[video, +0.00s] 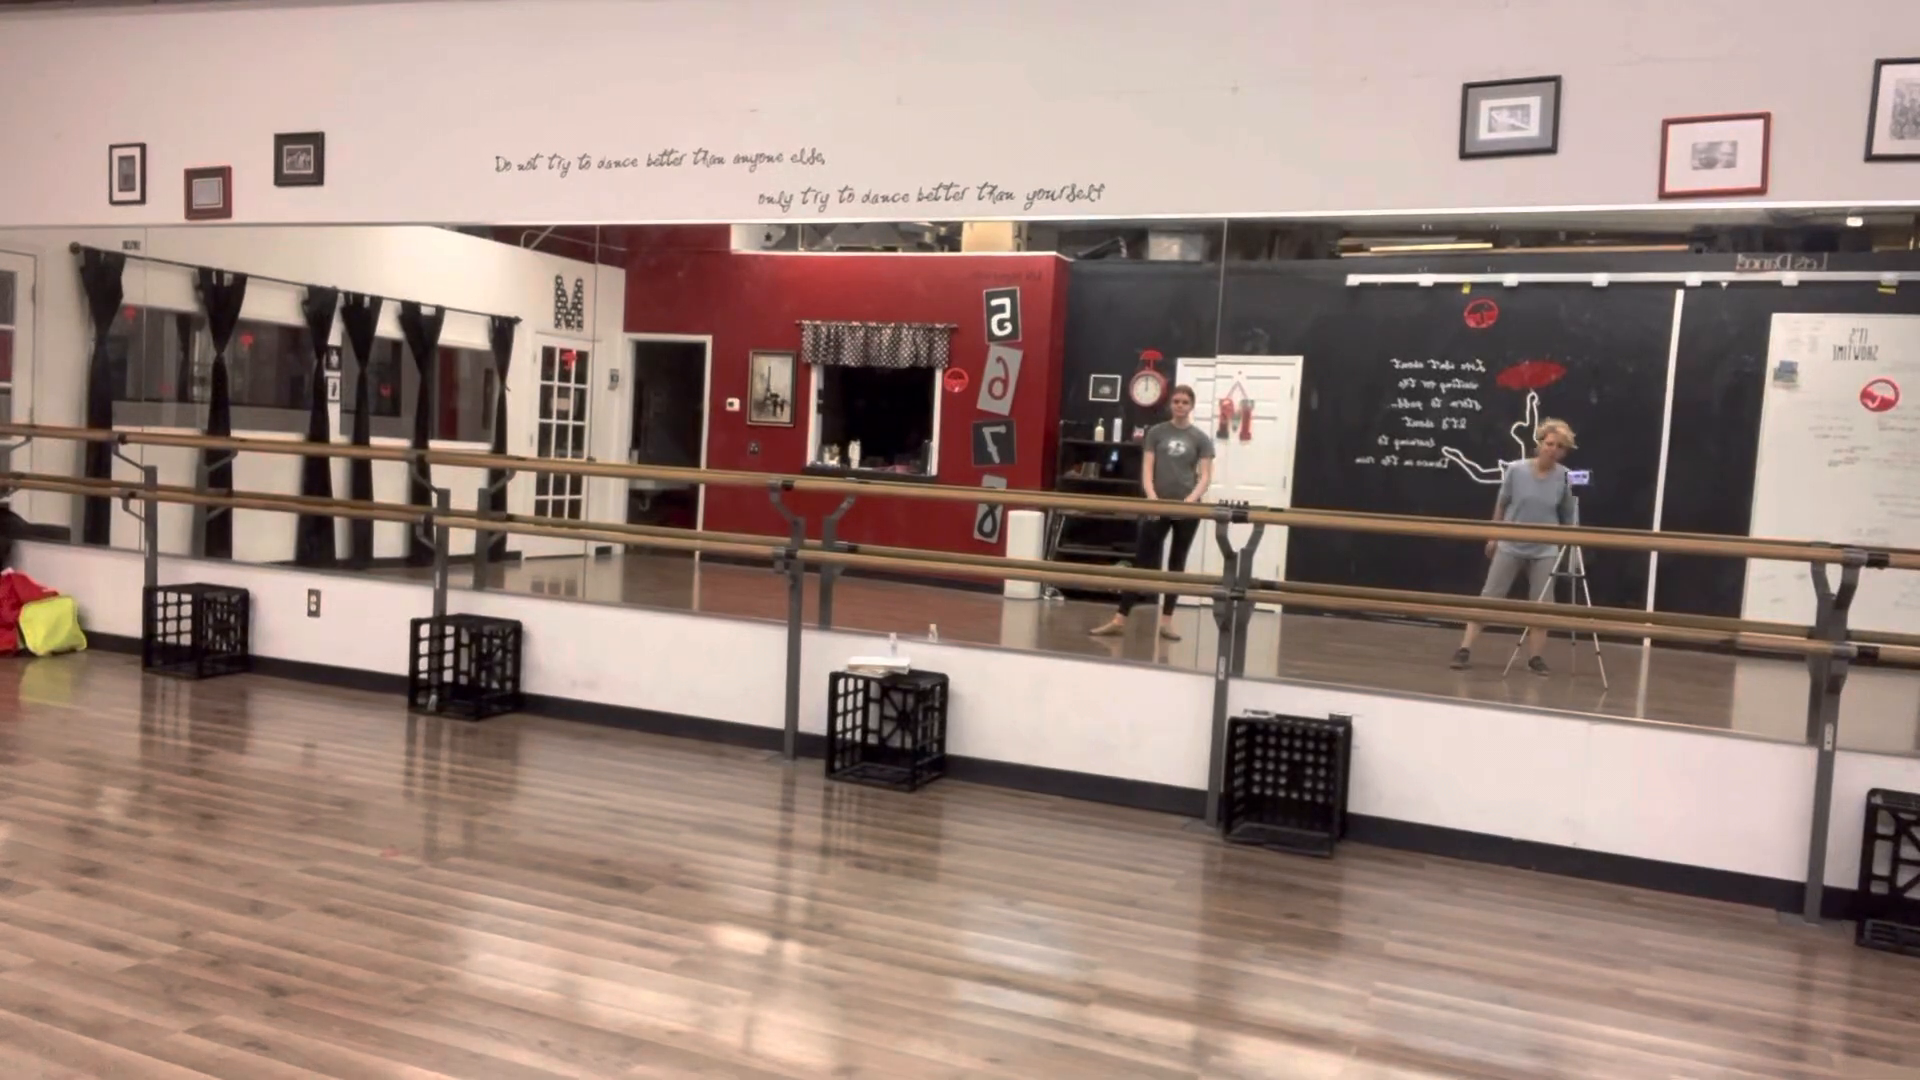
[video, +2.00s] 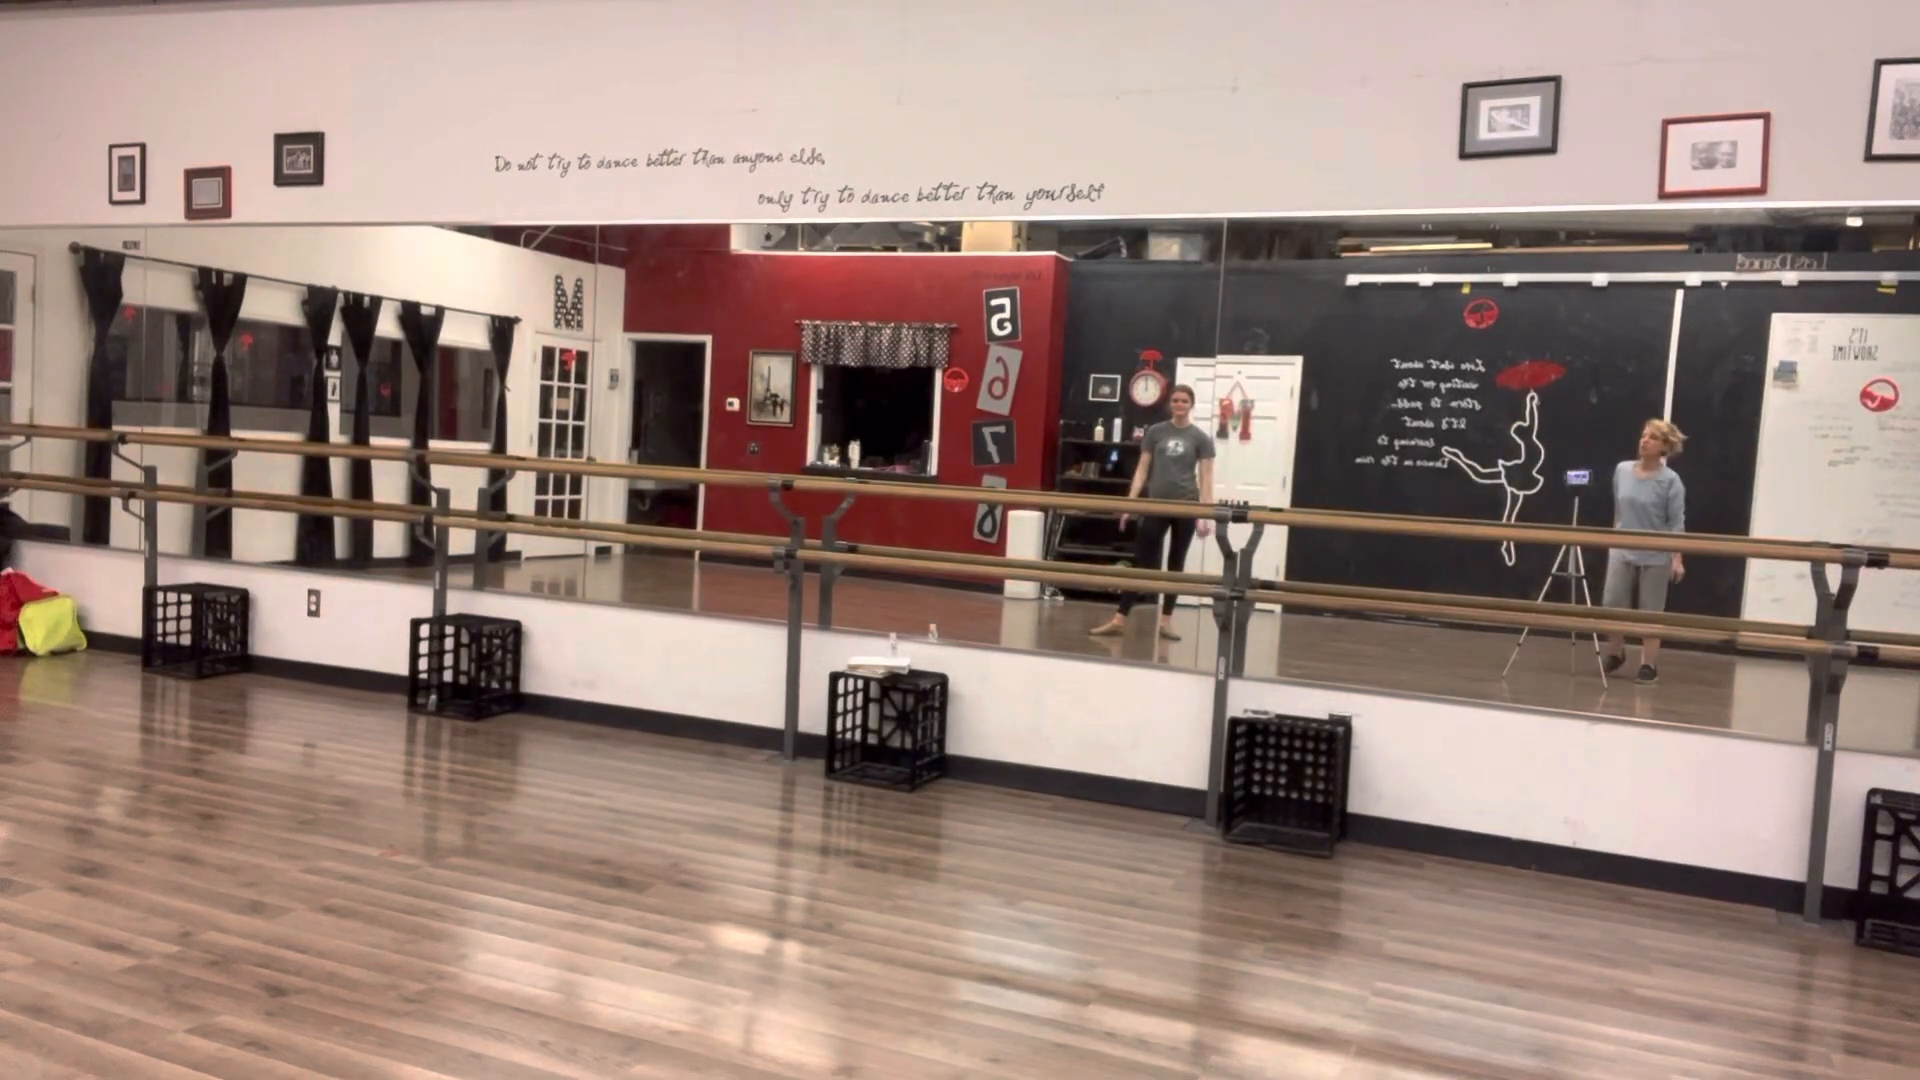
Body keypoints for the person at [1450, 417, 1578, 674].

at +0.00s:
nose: (1553, 451)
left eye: (1560, 447)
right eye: (1550, 444)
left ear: (1565, 452)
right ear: (1539, 444)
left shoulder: (1563, 477)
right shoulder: (1516, 469)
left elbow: (1569, 512)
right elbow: (1501, 502)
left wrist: (1572, 543)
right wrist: (1494, 534)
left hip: (1546, 548)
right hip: (1511, 543)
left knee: (1542, 604)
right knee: (1489, 596)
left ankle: (1536, 655)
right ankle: (1465, 648)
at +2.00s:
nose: (1645, 441)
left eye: (1653, 438)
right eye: (1644, 436)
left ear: (1665, 447)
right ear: (1639, 440)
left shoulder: (1671, 481)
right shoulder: (1622, 470)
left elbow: (1677, 522)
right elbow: (1618, 509)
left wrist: (1676, 557)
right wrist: (1615, 540)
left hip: (1656, 554)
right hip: (1622, 550)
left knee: (1651, 611)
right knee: (1611, 603)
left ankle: (1648, 662)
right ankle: (1615, 651)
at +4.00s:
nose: (1665, 446)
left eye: (1666, 441)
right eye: (1667, 441)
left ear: (1670, 443)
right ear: (1695, 444)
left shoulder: (1675, 471)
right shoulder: (1699, 471)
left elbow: (1689, 501)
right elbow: (1703, 506)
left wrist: (1684, 524)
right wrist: (1692, 527)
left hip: (1678, 558)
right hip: (1695, 558)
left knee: (1671, 619)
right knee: (1677, 618)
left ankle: (1675, 676)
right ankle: (1680, 673)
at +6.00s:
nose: (1632, 450)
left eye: (1639, 445)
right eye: (1628, 444)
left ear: (1651, 446)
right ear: (1623, 445)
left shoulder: (1665, 471)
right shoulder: (1622, 470)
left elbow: (1701, 495)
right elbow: (1614, 484)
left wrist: (1677, 525)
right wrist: (1625, 460)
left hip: (1656, 554)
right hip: (1622, 553)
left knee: (1661, 615)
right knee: (1624, 615)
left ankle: (1672, 675)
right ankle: (1628, 669)